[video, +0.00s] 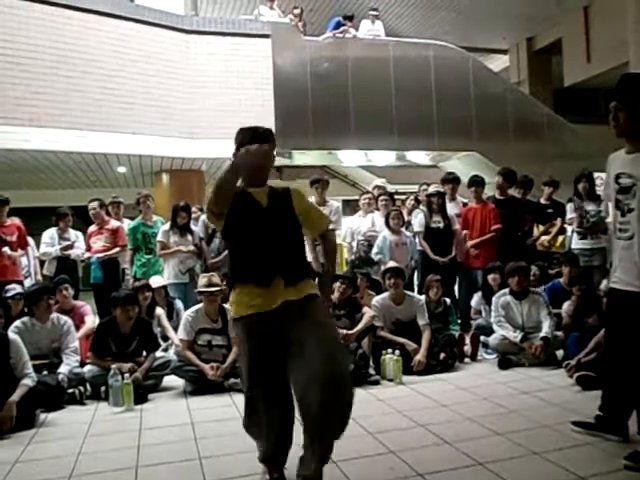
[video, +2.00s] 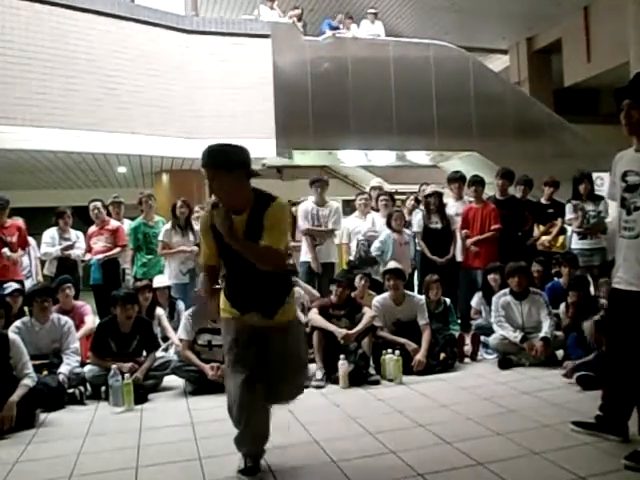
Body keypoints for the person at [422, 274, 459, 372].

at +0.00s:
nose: (435, 291)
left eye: (438, 288)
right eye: (432, 288)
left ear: (442, 290)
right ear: (427, 290)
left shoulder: (446, 303)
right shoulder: (421, 302)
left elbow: (453, 321)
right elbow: (420, 321)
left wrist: (454, 333)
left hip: (444, 331)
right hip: (429, 331)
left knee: (449, 338)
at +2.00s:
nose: (435, 292)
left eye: (437, 288)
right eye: (432, 289)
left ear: (441, 289)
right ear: (427, 291)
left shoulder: (447, 303)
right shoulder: (421, 303)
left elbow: (453, 322)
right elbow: (421, 322)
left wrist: (452, 334)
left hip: (444, 332)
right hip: (429, 333)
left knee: (449, 339)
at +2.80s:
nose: (435, 291)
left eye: (438, 288)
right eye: (432, 288)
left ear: (442, 290)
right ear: (427, 290)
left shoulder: (447, 303)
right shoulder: (421, 302)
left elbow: (453, 322)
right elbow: (420, 322)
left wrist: (452, 334)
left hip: (444, 332)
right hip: (428, 332)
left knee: (449, 338)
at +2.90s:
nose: (435, 291)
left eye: (438, 288)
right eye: (432, 288)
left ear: (442, 290)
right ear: (427, 290)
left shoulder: (447, 303)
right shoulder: (422, 303)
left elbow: (453, 322)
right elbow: (421, 321)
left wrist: (452, 334)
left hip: (444, 332)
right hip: (428, 332)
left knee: (450, 339)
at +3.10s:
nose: (436, 291)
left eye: (439, 288)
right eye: (433, 288)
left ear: (443, 290)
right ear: (428, 289)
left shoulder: (447, 303)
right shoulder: (422, 302)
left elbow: (453, 322)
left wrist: (452, 335)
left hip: (444, 332)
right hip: (428, 333)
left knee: (450, 339)